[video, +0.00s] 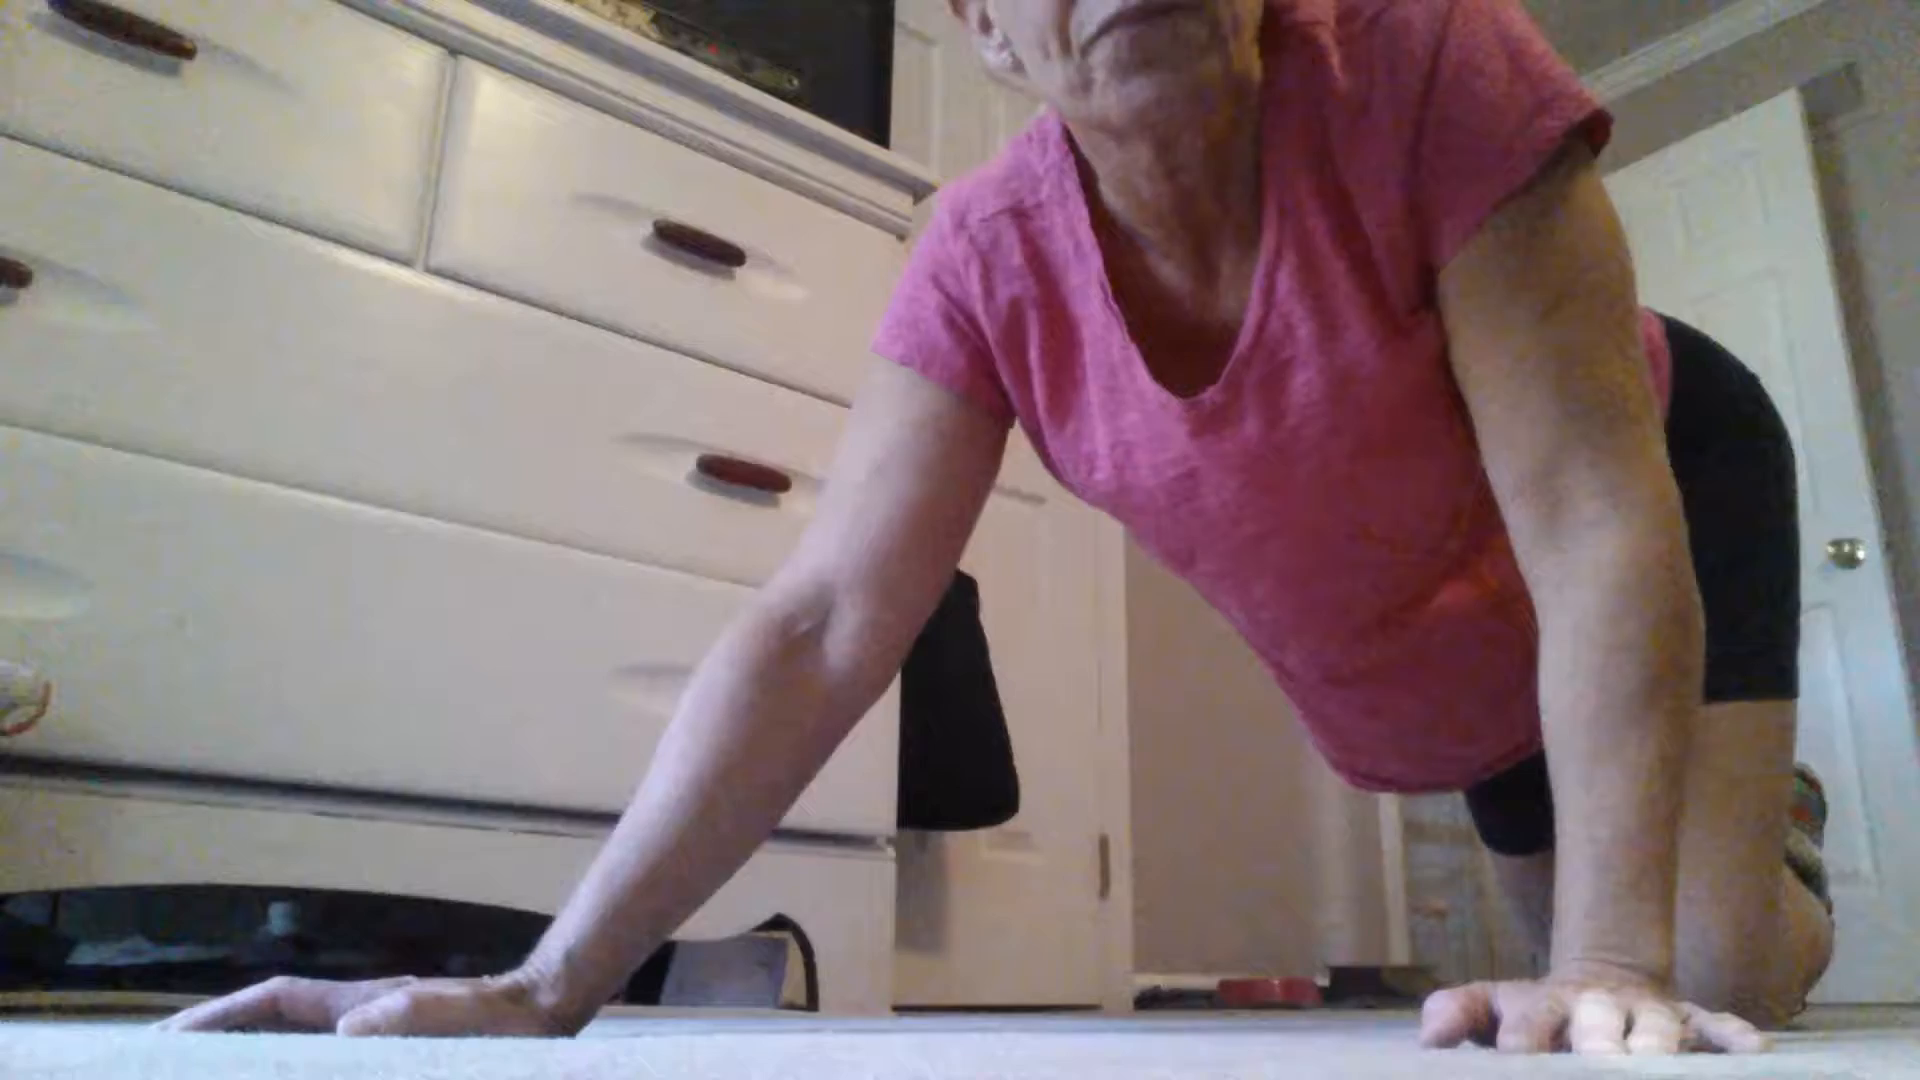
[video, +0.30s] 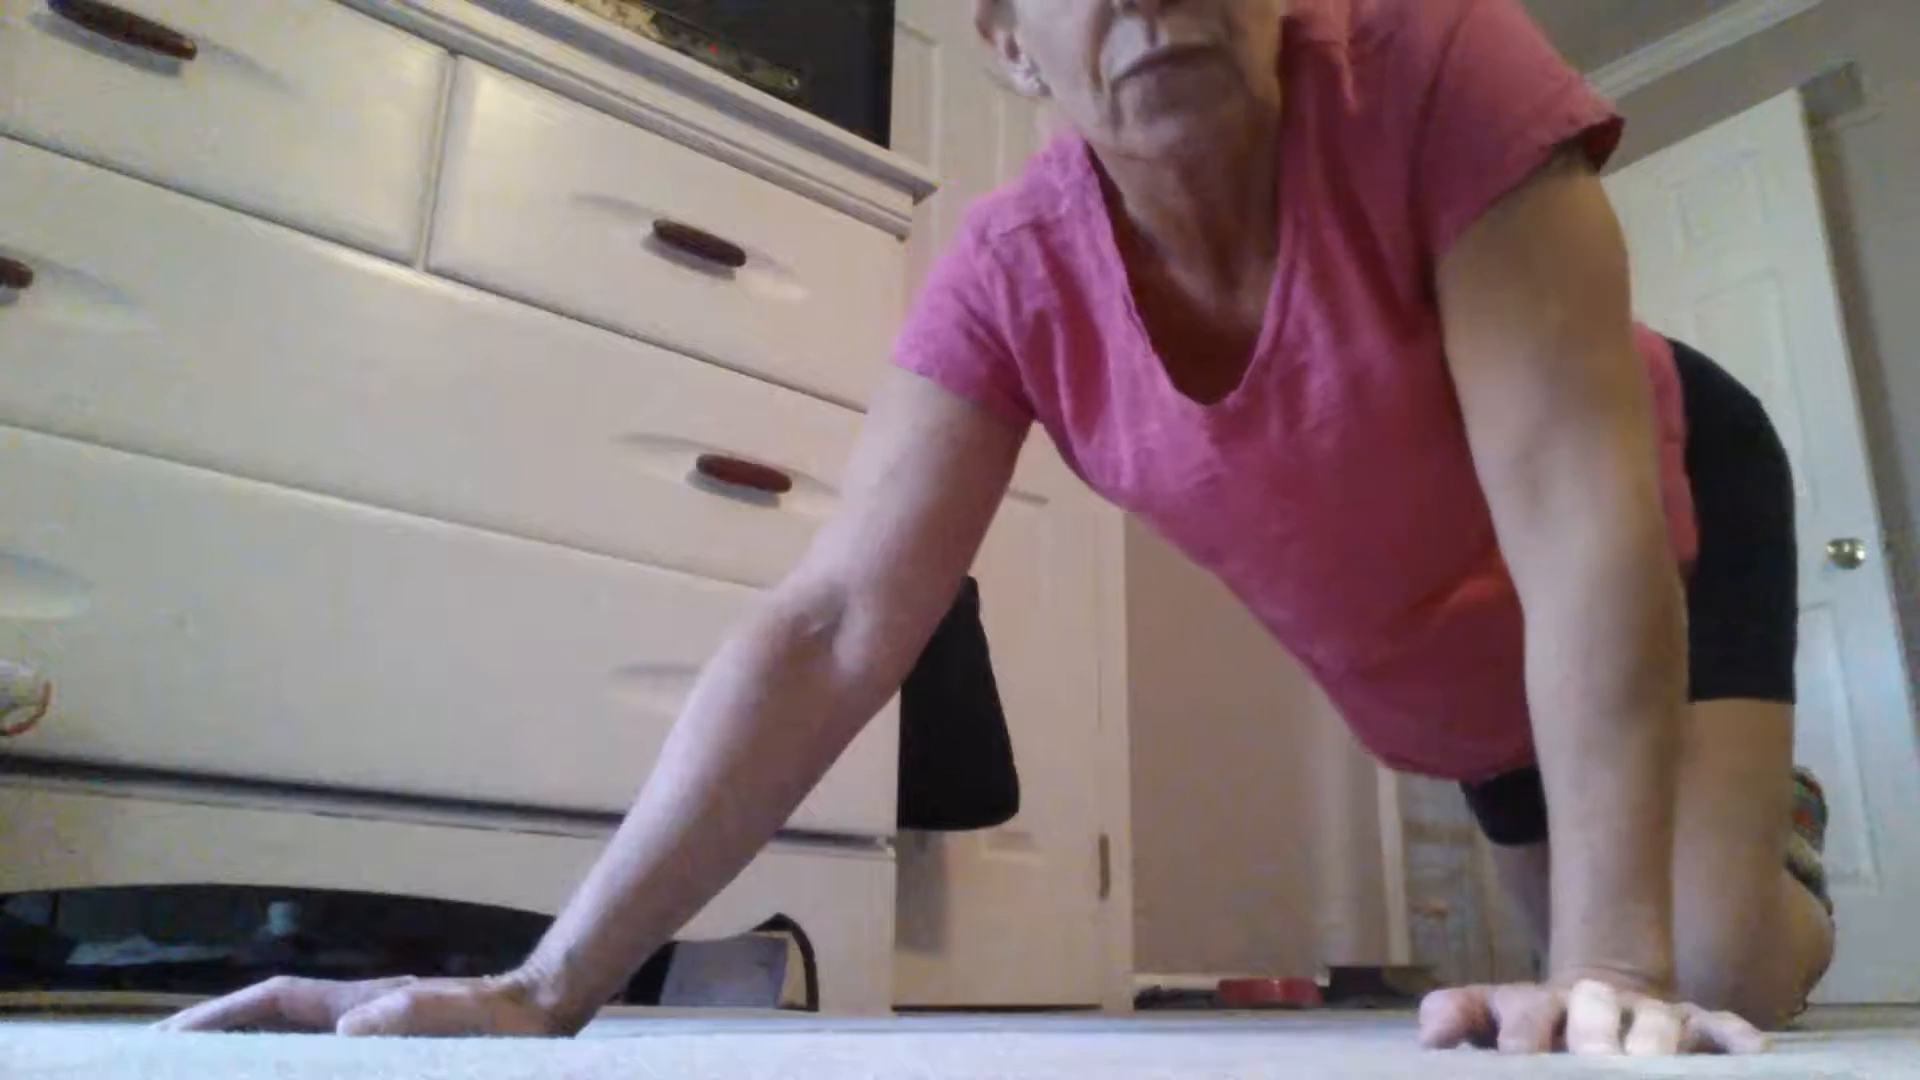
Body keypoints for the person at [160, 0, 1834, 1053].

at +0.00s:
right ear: (994, 37)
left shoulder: (1435, 69)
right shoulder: (989, 255)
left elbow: (1592, 512)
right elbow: (819, 629)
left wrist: (1605, 967)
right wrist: (553, 982)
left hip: (1648, 487)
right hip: (1452, 687)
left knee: (1701, 976)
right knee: (1618, 960)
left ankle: (1758, 886)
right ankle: (1743, 867)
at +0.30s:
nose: (1153, 7)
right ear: (1016, 41)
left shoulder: (1442, 67)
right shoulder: (1009, 267)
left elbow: (1576, 501)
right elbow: (828, 633)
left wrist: (1609, 984)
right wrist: (552, 984)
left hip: (1651, 505)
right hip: (1449, 686)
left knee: (1711, 973)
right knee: (1621, 959)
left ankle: (1754, 900)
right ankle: (1731, 878)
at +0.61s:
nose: (1212, 44)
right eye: (1139, 13)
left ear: (1320, 15)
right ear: (1064, 81)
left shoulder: (1460, 116)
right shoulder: (1043, 306)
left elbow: (1573, 521)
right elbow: (840, 656)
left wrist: (1608, 987)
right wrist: (556, 983)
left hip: (1641, 539)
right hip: (1449, 705)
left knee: (1698, 966)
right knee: (1602, 943)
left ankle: (1797, 893)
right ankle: (1736, 868)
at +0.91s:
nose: (1217, 51)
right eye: (1148, 22)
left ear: (1339, 20)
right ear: (1077, 94)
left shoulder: (1468, 107)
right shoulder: (1060, 322)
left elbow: (1582, 531)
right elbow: (844, 678)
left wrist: (1609, 980)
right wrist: (559, 979)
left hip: (1654, 571)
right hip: (1452, 728)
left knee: (1846, 961)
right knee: (1638, 943)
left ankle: (1904, 930)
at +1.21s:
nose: (1297, 46)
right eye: (1233, 7)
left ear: (1413, 8)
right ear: (1153, 56)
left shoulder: (1531, 95)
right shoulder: (1123, 289)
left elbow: (1606, 509)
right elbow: (882, 644)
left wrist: (1615, 970)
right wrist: (557, 957)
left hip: (1727, 580)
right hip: (1507, 713)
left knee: (1878, 965)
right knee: (1630, 1003)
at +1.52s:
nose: (1254, 40)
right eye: (1194, 1)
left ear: (1408, 7)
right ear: (1138, 42)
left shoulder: (1532, 93)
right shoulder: (1136, 254)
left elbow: (1609, 506)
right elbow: (1083, 619)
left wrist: (1610, 971)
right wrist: (965, 917)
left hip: (1738, 548)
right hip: (1501, 669)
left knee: (1884, 955)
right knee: (1610, 999)